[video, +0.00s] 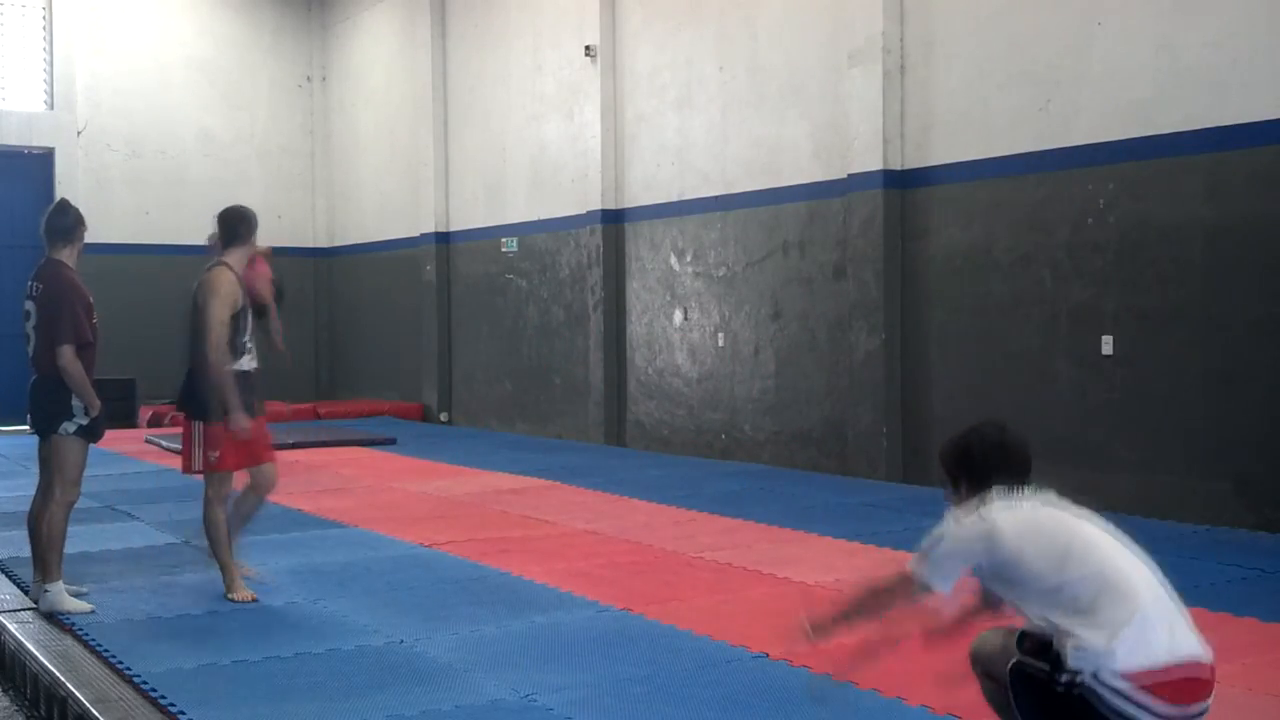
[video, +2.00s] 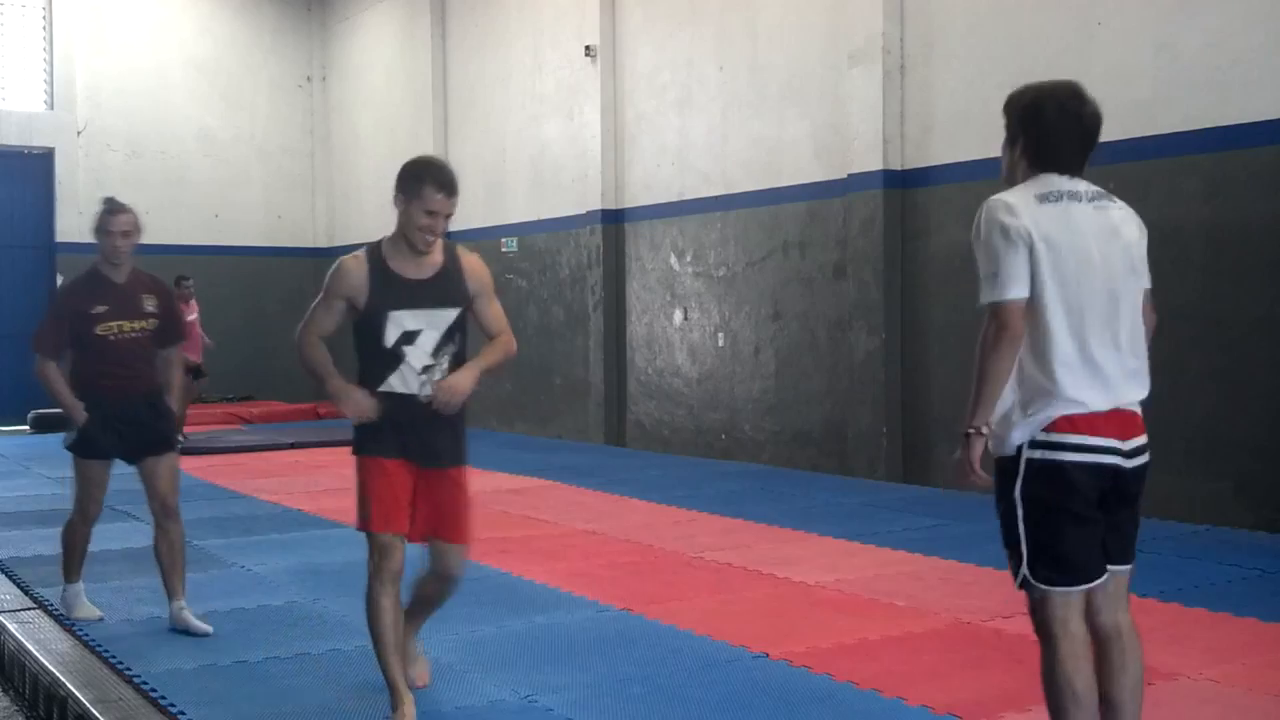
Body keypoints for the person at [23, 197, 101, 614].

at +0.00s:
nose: (87, 236)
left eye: (83, 230)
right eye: (86, 231)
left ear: (49, 235)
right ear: (82, 234)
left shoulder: (41, 276)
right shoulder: (66, 285)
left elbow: (40, 346)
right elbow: (65, 356)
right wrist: (93, 403)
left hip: (46, 392)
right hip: (66, 396)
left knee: (47, 489)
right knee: (64, 494)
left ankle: (44, 579)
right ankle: (51, 589)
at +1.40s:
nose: (87, 239)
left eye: (90, 232)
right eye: (77, 232)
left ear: (90, 236)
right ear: (55, 235)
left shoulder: (85, 282)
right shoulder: (43, 288)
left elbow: (96, 347)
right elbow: (28, 361)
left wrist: (114, 397)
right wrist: (79, 405)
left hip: (94, 398)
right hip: (61, 405)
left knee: (111, 485)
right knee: (77, 492)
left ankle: (58, 561)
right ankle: (67, 593)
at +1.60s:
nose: (80, 237)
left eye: (86, 230)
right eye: (71, 230)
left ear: (93, 232)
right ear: (55, 233)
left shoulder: (104, 280)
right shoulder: (41, 289)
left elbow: (118, 341)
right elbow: (19, 358)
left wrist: (129, 393)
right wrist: (65, 407)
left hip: (112, 402)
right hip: (67, 408)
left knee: (139, 488)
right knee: (69, 502)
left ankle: (113, 575)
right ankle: (67, 595)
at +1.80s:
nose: (92, 240)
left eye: (99, 232)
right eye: (84, 232)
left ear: (109, 234)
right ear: (69, 235)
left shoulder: (128, 285)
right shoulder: (51, 292)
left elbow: (141, 345)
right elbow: (24, 360)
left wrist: (146, 395)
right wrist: (63, 408)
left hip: (127, 404)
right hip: (77, 409)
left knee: (152, 500)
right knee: (74, 507)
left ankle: (169, 593)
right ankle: (68, 595)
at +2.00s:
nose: (119, 241)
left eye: (127, 234)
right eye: (110, 234)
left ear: (137, 238)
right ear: (97, 237)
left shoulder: (157, 291)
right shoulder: (74, 294)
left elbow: (173, 356)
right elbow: (46, 364)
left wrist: (172, 412)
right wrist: (78, 413)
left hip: (151, 412)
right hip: (95, 414)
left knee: (167, 508)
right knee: (86, 512)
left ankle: (178, 606)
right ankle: (72, 591)